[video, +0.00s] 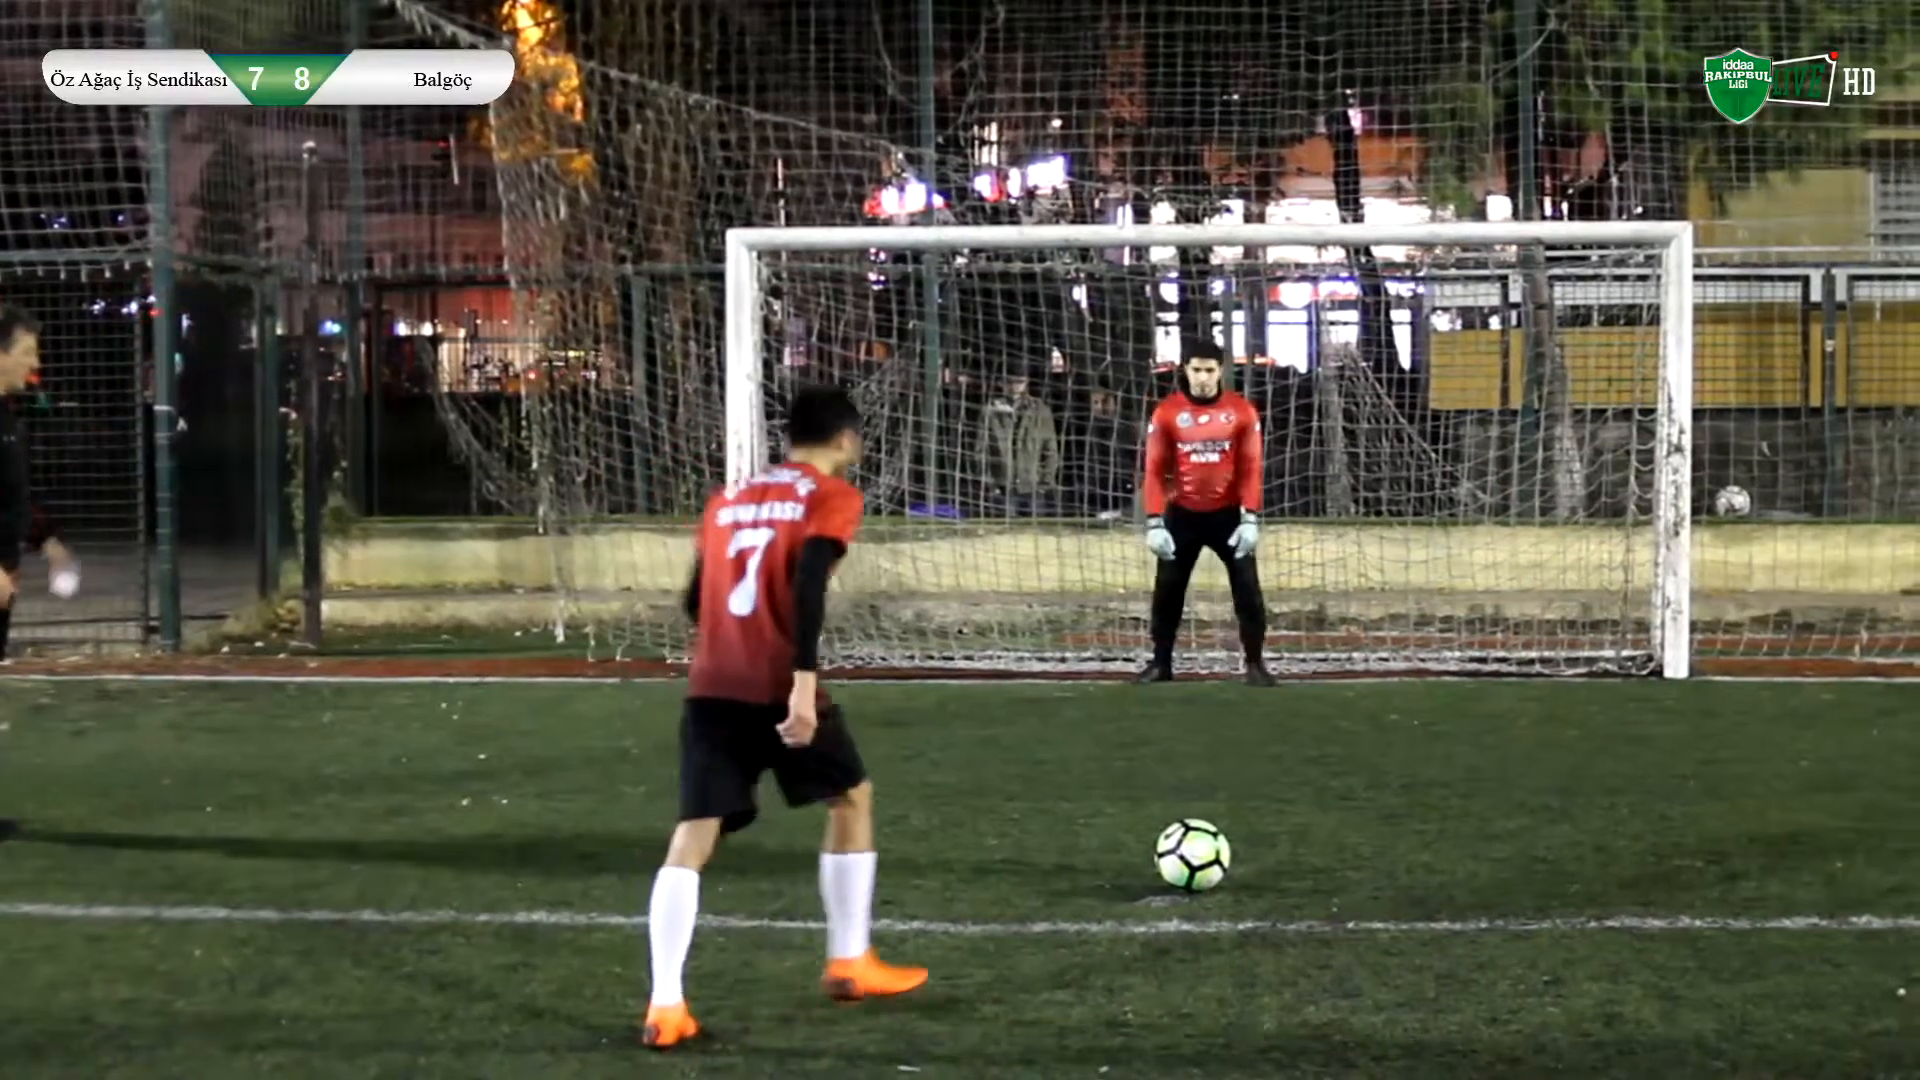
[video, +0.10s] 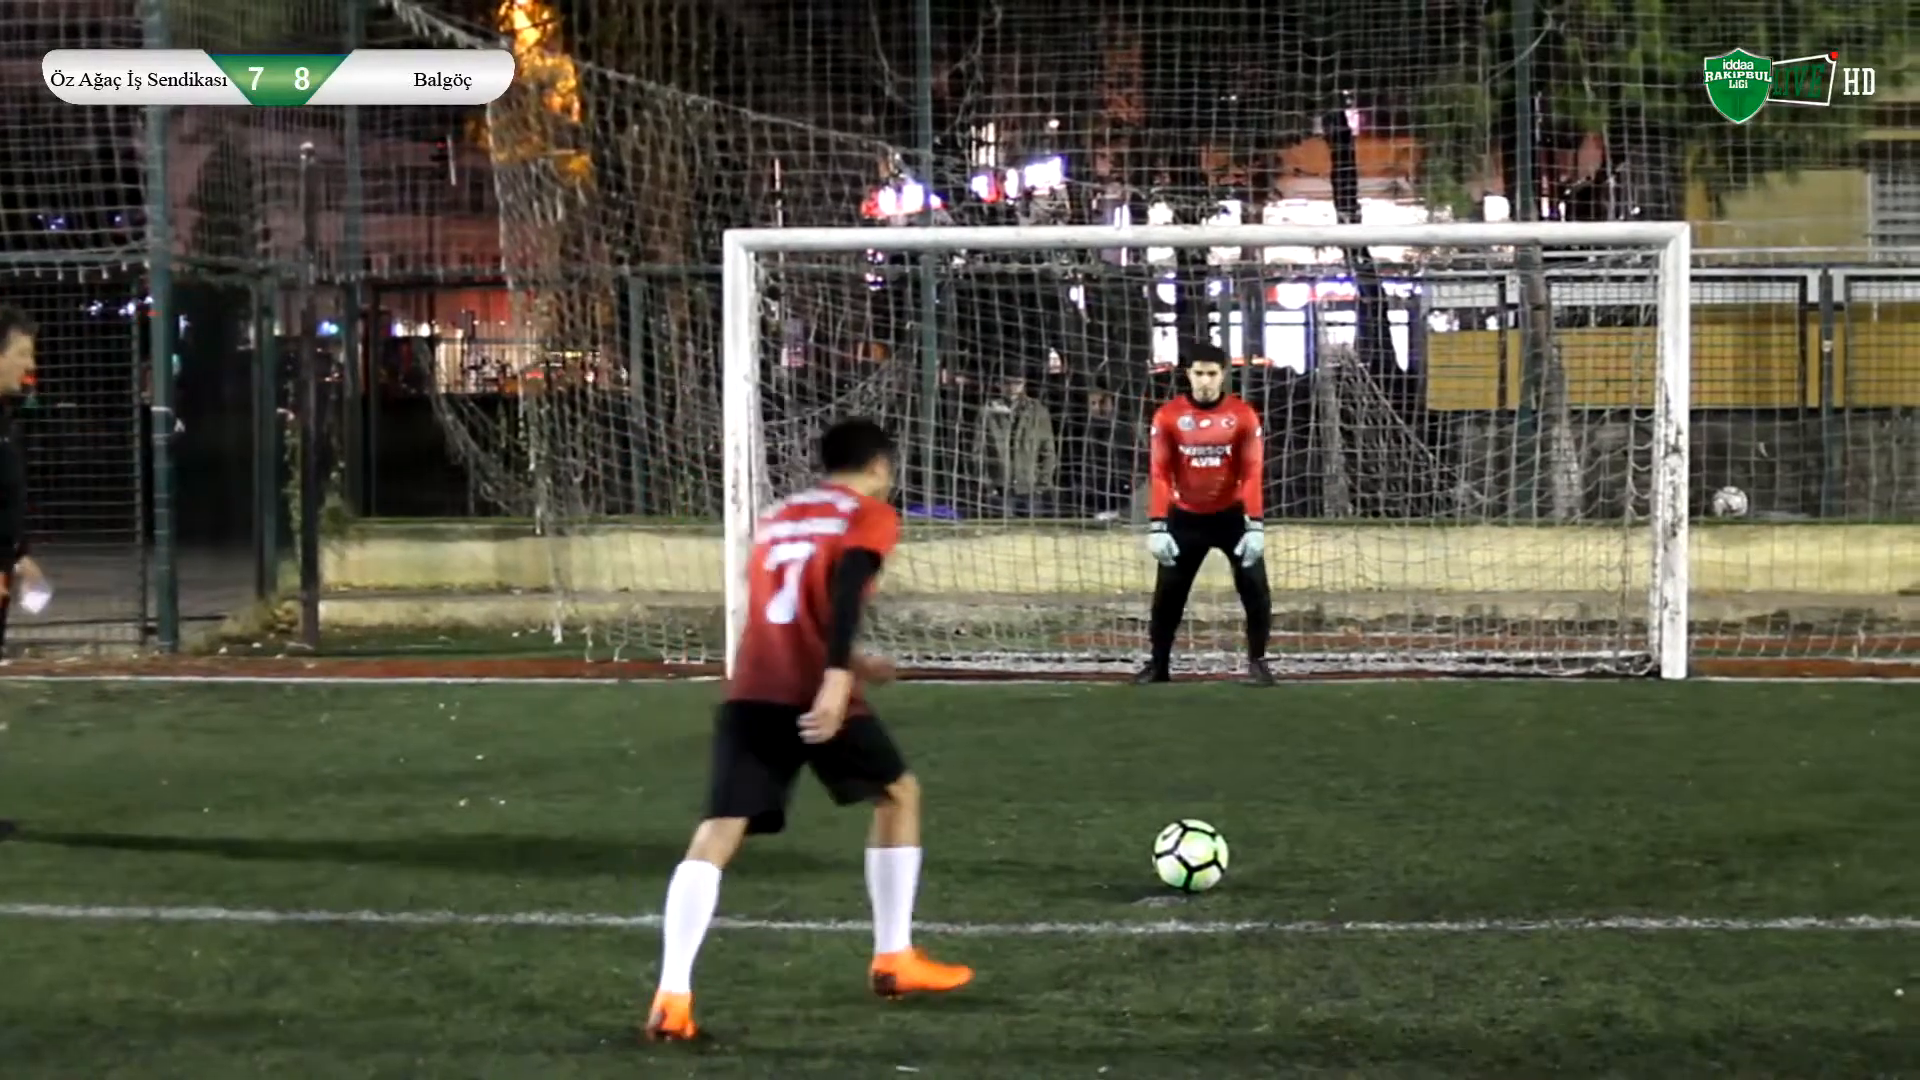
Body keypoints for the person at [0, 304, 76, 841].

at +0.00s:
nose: (34, 364)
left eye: (35, 354)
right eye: (28, 353)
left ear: (19, 356)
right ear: (3, 354)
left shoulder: (13, 413)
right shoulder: (4, 414)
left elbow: (18, 491)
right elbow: (11, 492)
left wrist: (48, 541)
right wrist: (4, 567)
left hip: (7, 568)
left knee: (1, 681)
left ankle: (1, 813)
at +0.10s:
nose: (29, 370)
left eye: (30, 359)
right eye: (22, 358)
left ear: (16, 359)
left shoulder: (11, 419)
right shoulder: (4, 422)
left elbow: (10, 498)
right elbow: (6, 500)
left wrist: (16, 554)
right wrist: (14, 555)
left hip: (5, 568)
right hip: (2, 568)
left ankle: (1, 817)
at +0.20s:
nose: (26, 368)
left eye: (27, 357)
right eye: (19, 356)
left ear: (18, 359)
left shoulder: (12, 415)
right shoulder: (4, 417)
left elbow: (9, 493)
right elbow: (5, 495)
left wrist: (14, 554)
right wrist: (12, 554)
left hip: (4, 566)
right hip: (1, 567)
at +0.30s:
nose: (22, 369)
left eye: (23, 358)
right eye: (16, 357)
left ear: (17, 359)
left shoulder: (13, 413)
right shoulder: (7, 415)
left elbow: (10, 491)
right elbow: (7, 492)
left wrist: (14, 553)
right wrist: (11, 554)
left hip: (5, 565)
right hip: (3, 565)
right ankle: (2, 817)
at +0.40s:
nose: (19, 369)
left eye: (20, 358)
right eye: (13, 358)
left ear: (17, 358)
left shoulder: (14, 414)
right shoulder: (8, 416)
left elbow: (9, 493)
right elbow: (7, 494)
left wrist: (11, 554)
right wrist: (10, 554)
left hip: (6, 563)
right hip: (5, 563)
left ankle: (5, 817)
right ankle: (3, 818)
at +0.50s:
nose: (15, 371)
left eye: (16, 359)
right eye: (10, 359)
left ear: (16, 360)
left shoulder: (12, 412)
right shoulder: (7, 414)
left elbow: (8, 491)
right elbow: (6, 492)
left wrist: (10, 553)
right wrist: (8, 554)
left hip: (6, 562)